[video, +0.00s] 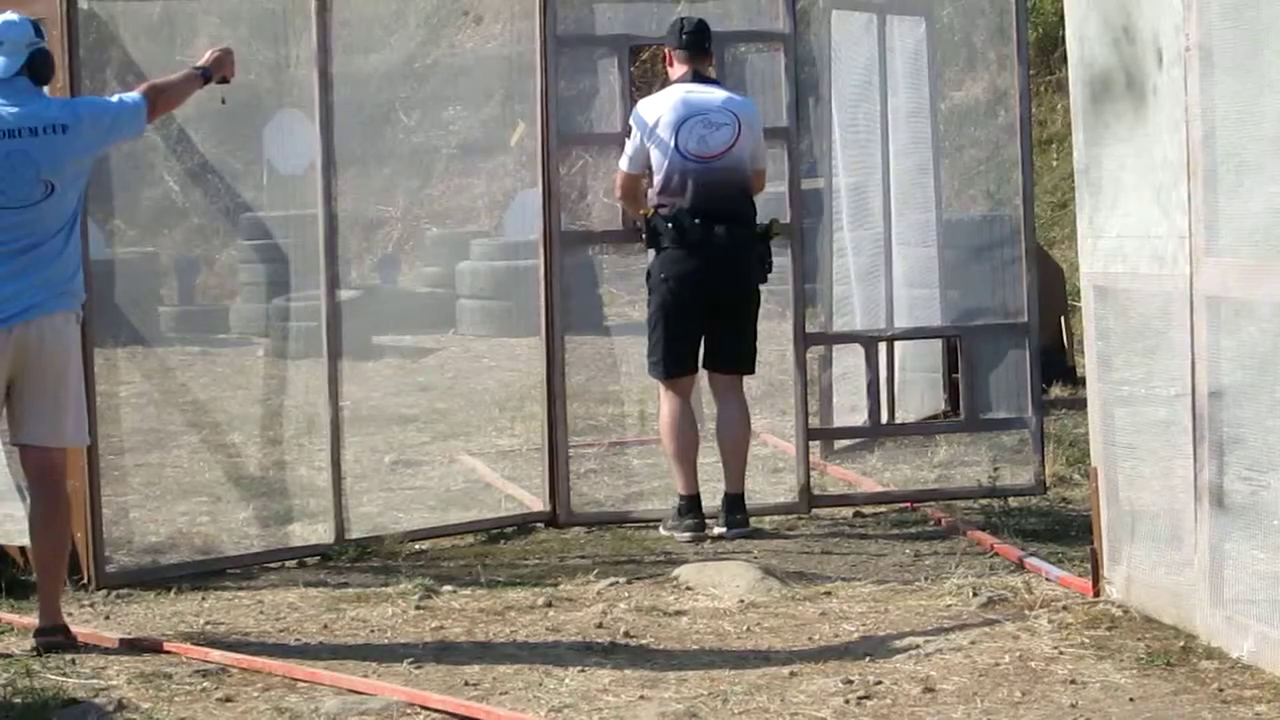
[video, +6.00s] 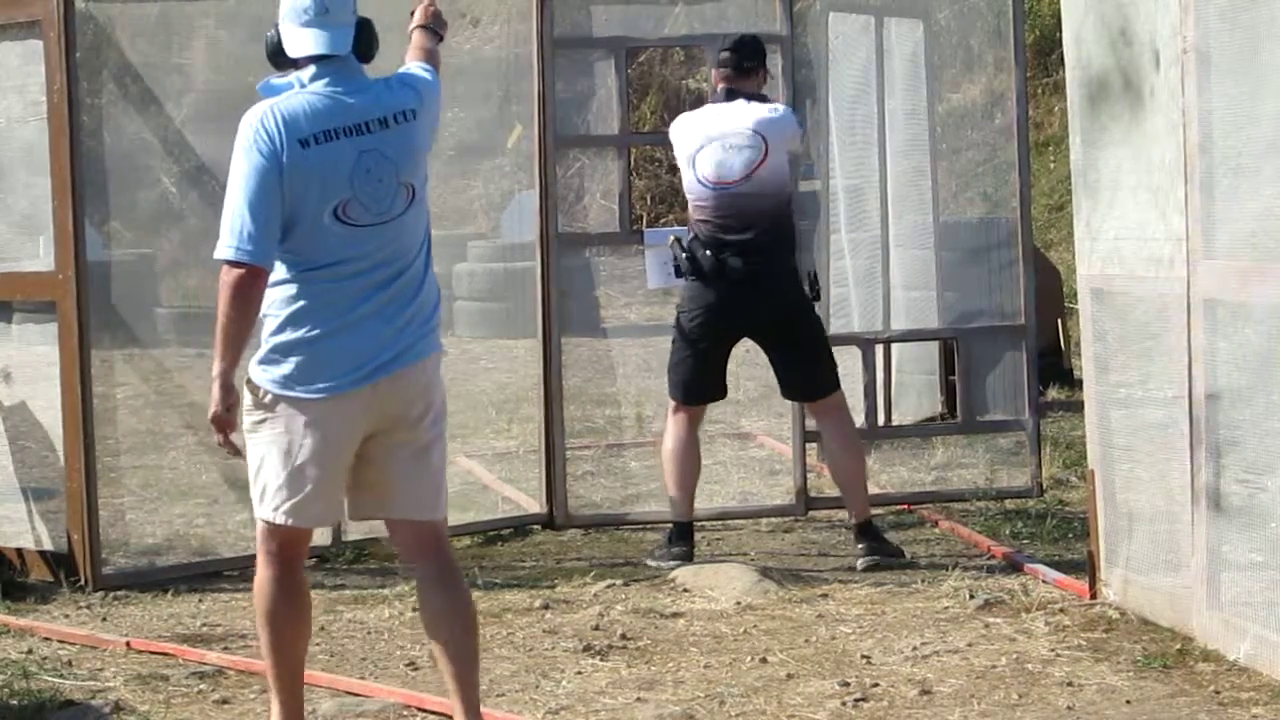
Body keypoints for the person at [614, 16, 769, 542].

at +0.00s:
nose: (668, 66)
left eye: (666, 58)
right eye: (684, 58)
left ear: (669, 59)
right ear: (712, 59)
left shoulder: (651, 109)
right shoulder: (744, 107)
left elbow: (626, 190)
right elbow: (757, 181)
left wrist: (647, 207)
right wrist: (715, 201)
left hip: (678, 255)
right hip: (738, 255)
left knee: (676, 387)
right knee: (730, 383)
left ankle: (689, 510)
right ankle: (735, 506)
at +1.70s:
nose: (666, 79)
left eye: (665, 72)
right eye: (702, 73)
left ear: (667, 75)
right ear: (713, 72)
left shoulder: (639, 123)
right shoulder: (737, 111)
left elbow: (633, 214)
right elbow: (764, 194)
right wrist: (717, 190)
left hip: (676, 276)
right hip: (741, 269)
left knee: (668, 412)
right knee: (773, 377)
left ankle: (680, 535)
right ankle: (813, 484)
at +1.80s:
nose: (688, 77)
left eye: (681, 68)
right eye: (703, 70)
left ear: (679, 72)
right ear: (723, 72)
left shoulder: (650, 117)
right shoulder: (745, 111)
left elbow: (638, 175)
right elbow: (759, 176)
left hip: (679, 285)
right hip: (746, 278)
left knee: (667, 415)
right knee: (797, 391)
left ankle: (678, 535)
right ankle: (854, 500)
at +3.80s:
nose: (716, 81)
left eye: (714, 74)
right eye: (729, 74)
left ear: (719, 77)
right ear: (763, 76)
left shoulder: (694, 121)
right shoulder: (793, 120)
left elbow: (687, 118)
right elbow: (760, 121)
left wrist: (711, 98)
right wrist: (733, 95)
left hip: (713, 293)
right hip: (783, 293)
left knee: (676, 409)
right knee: (830, 414)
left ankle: (678, 539)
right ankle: (878, 538)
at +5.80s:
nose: (712, 83)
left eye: (711, 76)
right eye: (724, 76)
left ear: (716, 77)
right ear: (761, 77)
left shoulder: (689, 122)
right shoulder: (792, 122)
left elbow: (704, 131)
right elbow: (759, 129)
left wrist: (717, 98)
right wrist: (735, 96)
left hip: (711, 296)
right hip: (781, 295)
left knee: (673, 409)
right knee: (828, 414)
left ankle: (676, 538)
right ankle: (875, 536)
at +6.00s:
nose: (761, 85)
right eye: (762, 77)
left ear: (713, 79)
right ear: (761, 78)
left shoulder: (682, 128)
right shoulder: (781, 119)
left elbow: (709, 168)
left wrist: (727, 101)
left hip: (708, 296)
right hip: (777, 292)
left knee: (683, 414)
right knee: (830, 412)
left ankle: (679, 539)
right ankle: (867, 534)